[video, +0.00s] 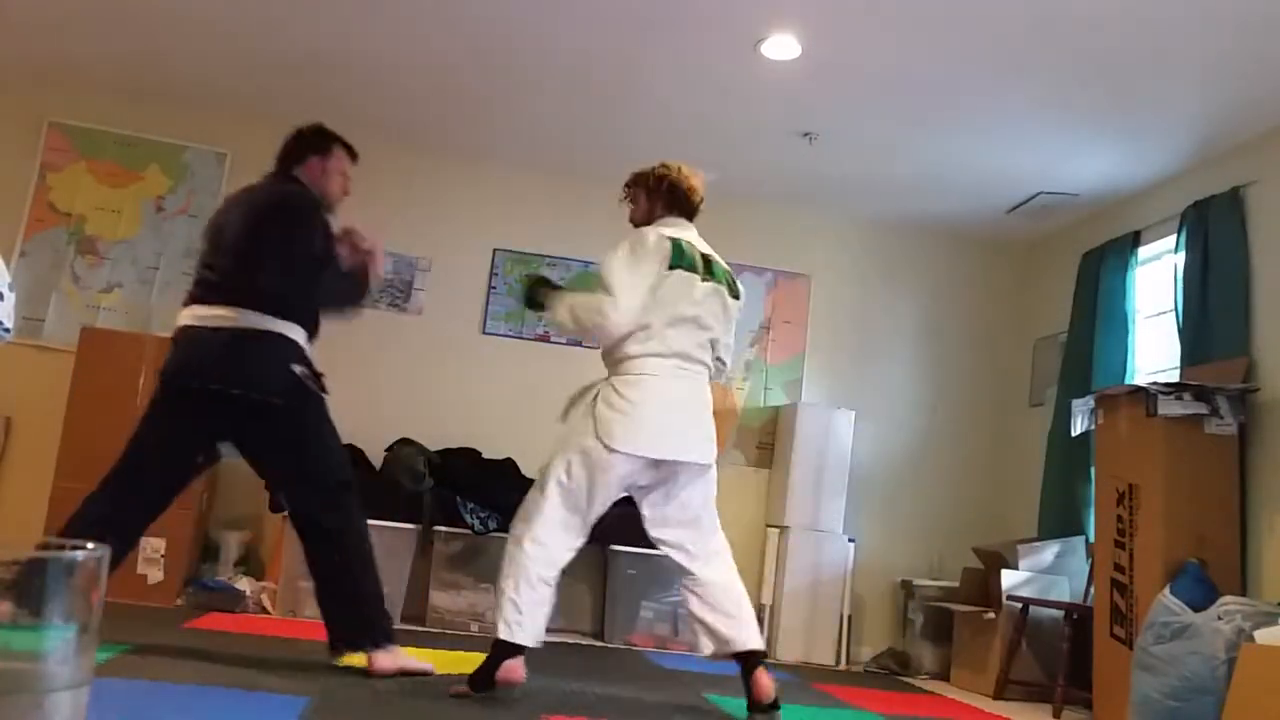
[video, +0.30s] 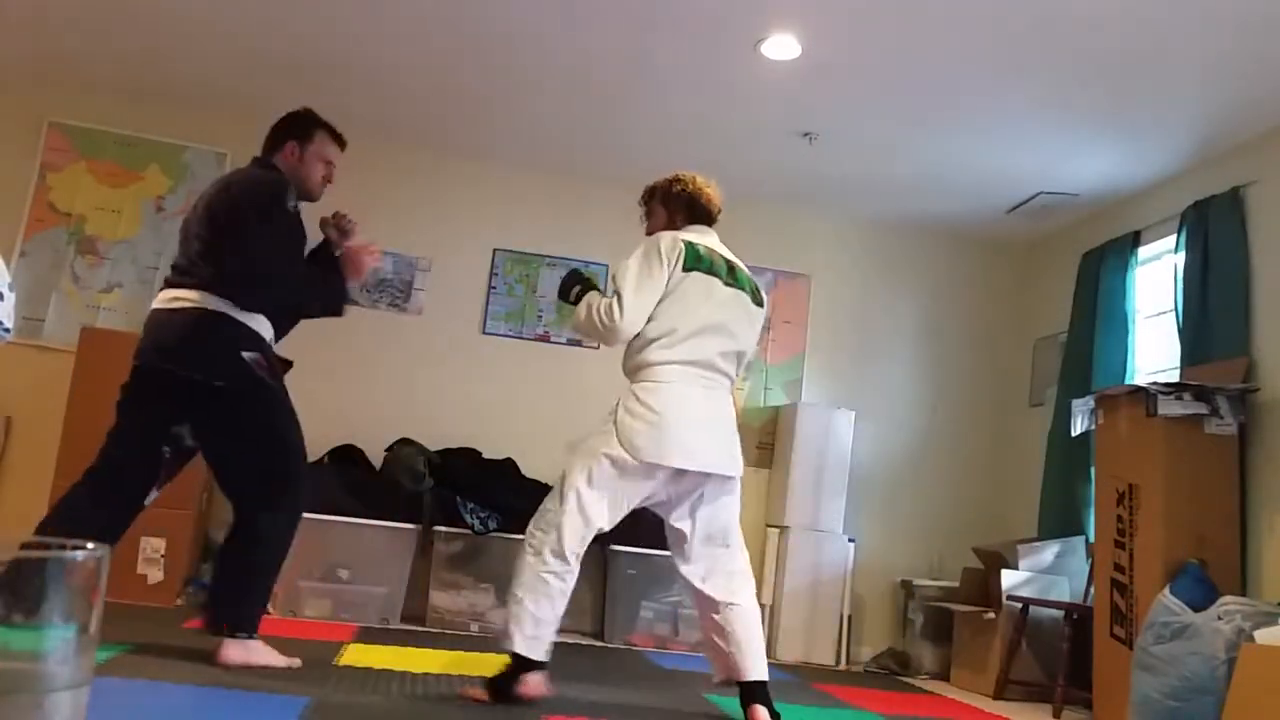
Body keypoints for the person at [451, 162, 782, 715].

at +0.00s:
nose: (628, 210)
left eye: (633, 200)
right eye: (628, 200)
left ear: (659, 199)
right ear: (685, 206)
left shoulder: (645, 243)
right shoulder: (723, 273)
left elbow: (609, 317)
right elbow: (723, 362)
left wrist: (548, 297)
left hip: (630, 413)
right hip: (692, 424)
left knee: (547, 521)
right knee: (702, 545)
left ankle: (509, 651)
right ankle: (755, 669)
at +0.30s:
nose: (646, 227)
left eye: (649, 217)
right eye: (645, 218)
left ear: (670, 212)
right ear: (708, 218)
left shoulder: (664, 246)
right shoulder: (749, 286)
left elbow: (617, 323)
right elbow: (738, 368)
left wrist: (579, 294)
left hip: (651, 424)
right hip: (719, 440)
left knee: (557, 533)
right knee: (724, 565)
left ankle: (526, 665)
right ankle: (758, 701)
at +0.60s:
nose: (613, 239)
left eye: (616, 229)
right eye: (613, 229)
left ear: (636, 229)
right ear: (674, 233)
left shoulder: (629, 273)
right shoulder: (716, 301)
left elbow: (599, 358)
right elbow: (709, 379)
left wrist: (553, 345)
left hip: (618, 436)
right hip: (686, 451)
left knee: (501, 518)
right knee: (707, 576)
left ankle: (446, 647)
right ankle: (758, 704)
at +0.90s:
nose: (466, 227)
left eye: (469, 219)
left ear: (474, 225)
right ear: (533, 228)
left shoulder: (442, 284)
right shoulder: (566, 283)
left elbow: (357, 325)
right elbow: (613, 356)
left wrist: (309, 342)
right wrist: (565, 396)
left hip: (497, 449)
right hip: (580, 451)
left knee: (393, 536)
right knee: (621, 555)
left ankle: (352, 662)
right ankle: (700, 649)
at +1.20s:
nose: (469, 191)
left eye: (473, 180)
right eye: (469, 181)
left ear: (492, 180)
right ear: (534, 183)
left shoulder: (475, 225)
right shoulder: (582, 252)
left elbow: (427, 319)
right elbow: (591, 347)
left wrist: (406, 328)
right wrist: (536, 354)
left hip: (461, 401)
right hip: (539, 418)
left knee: (362, 506)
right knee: (554, 555)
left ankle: (311, 634)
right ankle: (587, 692)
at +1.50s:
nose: (425, 178)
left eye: (429, 169)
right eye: (428, 168)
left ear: (441, 171)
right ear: (489, 180)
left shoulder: (408, 215)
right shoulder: (515, 252)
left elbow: (330, 287)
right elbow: (514, 348)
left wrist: (316, 257)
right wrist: (458, 341)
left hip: (379, 396)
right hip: (459, 410)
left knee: (303, 520)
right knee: (489, 537)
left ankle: (260, 656)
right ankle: (534, 670)